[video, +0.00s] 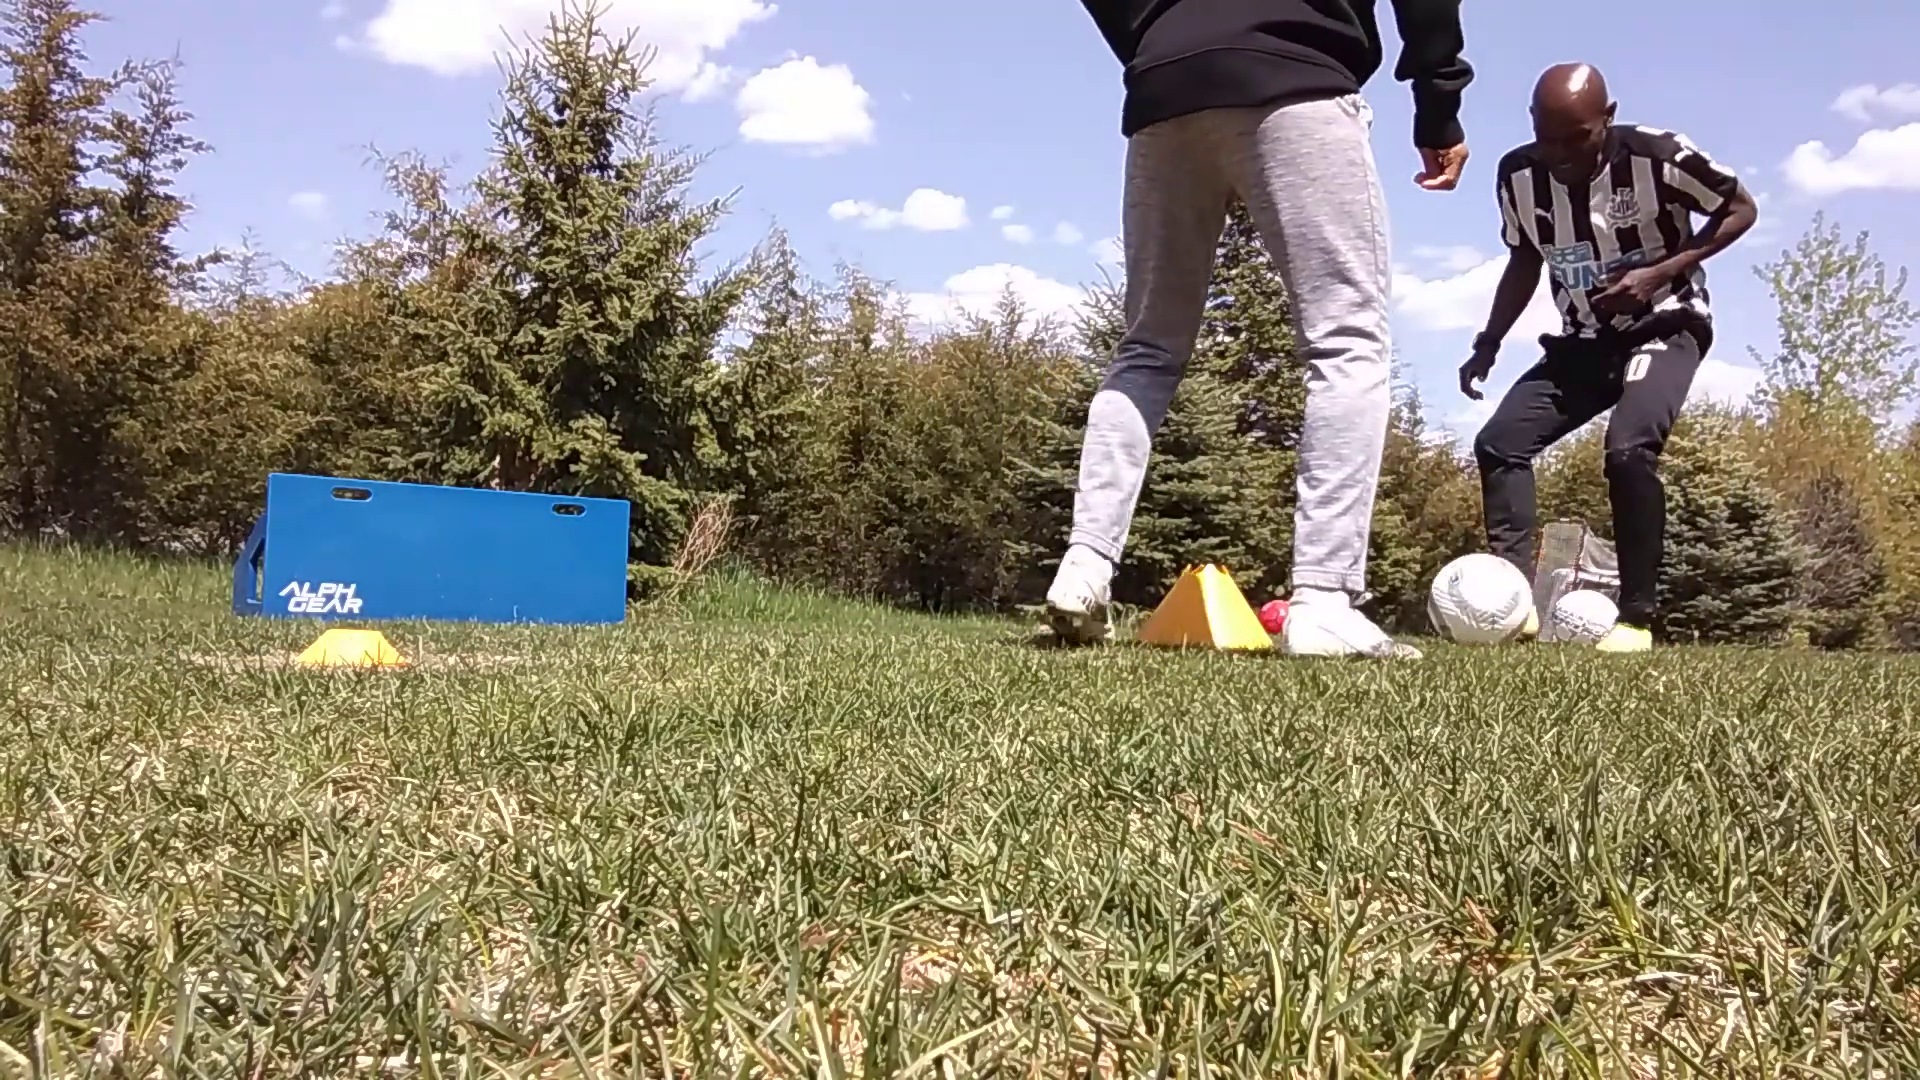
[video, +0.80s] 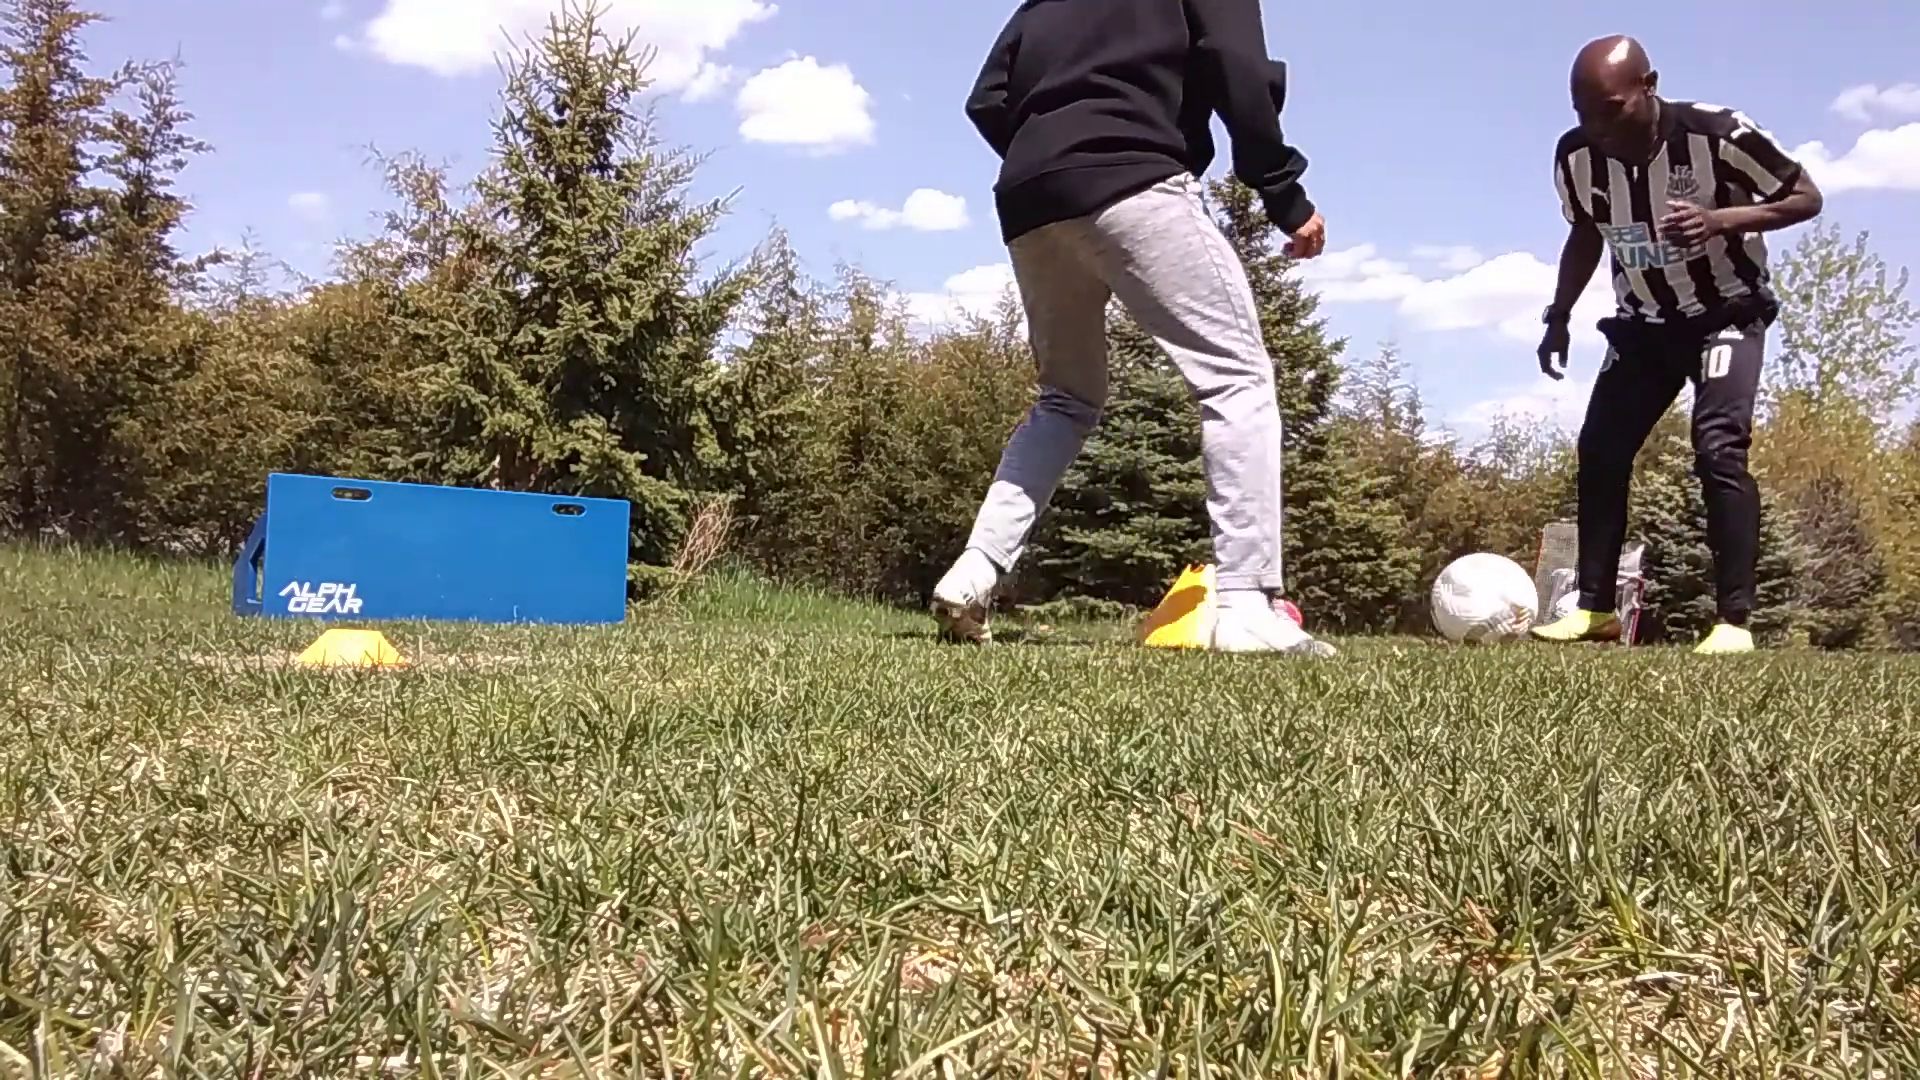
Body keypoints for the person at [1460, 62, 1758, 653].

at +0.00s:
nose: (1564, 151)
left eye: (1578, 137)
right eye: (1551, 137)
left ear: (1608, 116)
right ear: (1534, 124)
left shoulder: (1660, 156)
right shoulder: (1518, 176)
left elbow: (1740, 209)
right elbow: (1525, 259)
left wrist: (1666, 270)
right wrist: (1490, 339)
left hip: (1664, 330)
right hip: (1587, 341)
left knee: (1628, 452)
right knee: (1499, 445)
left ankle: (1636, 620)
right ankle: (1512, 603)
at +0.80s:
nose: (1593, 125)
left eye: (1605, 109)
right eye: (1585, 110)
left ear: (1646, 89)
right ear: (1578, 102)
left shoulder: (1718, 133)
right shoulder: (1576, 156)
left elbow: (1806, 198)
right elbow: (1586, 233)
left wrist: (1721, 219)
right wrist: (1558, 314)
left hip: (1727, 318)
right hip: (1646, 325)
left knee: (1718, 450)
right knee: (1600, 450)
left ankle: (1734, 624)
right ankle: (1595, 608)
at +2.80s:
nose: (1606, 131)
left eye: (1620, 115)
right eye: (1595, 118)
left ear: (1655, 103)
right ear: (1586, 115)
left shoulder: (1718, 140)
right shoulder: (1589, 179)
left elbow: (1811, 187)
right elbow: (1612, 256)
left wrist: (1725, 226)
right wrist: (1586, 330)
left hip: (1748, 324)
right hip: (1673, 340)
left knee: (1739, 457)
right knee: (1674, 477)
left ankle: (1754, 621)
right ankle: (1687, 625)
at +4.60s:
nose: (1676, 105)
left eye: (1692, 89)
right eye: (1664, 89)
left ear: (1724, 70)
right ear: (1648, 77)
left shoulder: (1779, 120)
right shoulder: (1633, 149)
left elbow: (1868, 165)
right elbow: (1636, 226)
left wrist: (1832, 233)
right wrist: (1605, 298)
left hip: (1788, 323)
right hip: (1696, 333)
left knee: (1820, 459)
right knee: (1642, 460)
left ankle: (1860, 620)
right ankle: (1614, 612)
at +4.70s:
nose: (1710, 109)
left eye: (1728, 92)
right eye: (1697, 92)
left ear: (1756, 73)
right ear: (1680, 77)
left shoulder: (1812, 120)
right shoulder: (1661, 157)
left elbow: (1891, 171)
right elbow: (1662, 247)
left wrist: (1861, 255)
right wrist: (1630, 319)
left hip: (1818, 323)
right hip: (1727, 334)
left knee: (1831, 463)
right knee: (1652, 434)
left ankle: (1864, 624)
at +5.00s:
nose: (1748, 81)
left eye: (1760, 67)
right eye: (1737, 68)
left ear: (1785, 60)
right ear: (1722, 64)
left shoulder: (1837, 113)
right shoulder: (1721, 138)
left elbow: (1917, 168)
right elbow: (1711, 230)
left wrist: (1889, 258)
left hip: (1861, 318)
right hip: (1787, 332)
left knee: (1853, 462)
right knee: (1755, 455)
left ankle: (1874, 625)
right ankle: (1795, 614)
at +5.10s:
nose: (1781, 16)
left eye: (1799, 8)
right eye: (1775, 5)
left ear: (1820, 22)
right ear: (1753, 13)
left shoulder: (1836, 107)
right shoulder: (1719, 121)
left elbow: (1916, 165)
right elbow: (1703, 224)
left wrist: (1887, 256)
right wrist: (1700, 314)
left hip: (1851, 309)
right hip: (1761, 313)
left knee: (1849, 452)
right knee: (1736, 453)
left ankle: (1861, 601)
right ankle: (1770, 603)